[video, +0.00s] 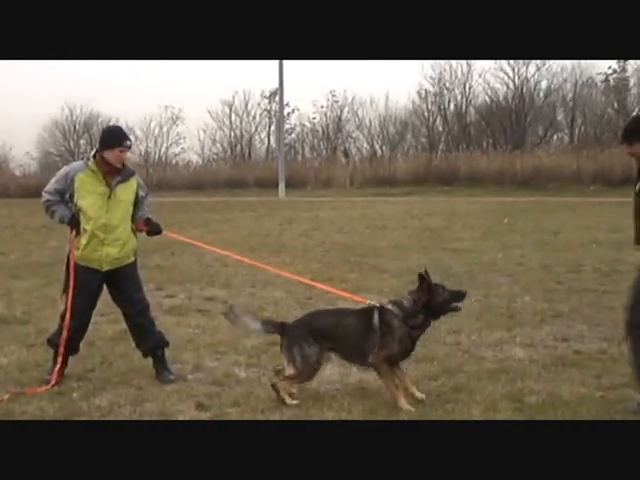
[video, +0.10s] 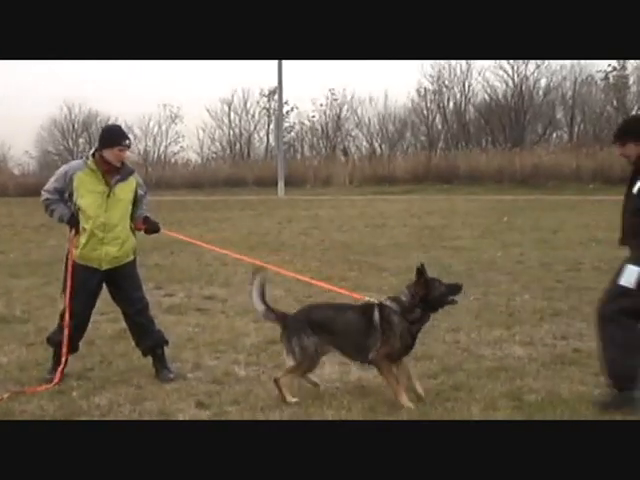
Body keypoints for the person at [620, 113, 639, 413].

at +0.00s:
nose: (630, 153)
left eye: (631, 146)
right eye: (629, 147)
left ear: (636, 145)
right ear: (630, 146)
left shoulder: (636, 184)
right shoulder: (635, 184)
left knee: (633, 323)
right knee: (632, 323)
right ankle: (634, 376)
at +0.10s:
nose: (621, 152)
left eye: (624, 146)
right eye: (620, 146)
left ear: (637, 144)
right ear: (630, 145)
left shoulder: (638, 176)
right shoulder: (635, 174)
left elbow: (635, 226)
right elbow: (633, 220)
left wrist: (634, 263)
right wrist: (632, 258)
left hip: (636, 259)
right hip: (633, 256)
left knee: (613, 311)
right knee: (613, 309)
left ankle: (626, 386)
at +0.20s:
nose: (607, 145)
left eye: (610, 138)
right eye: (606, 139)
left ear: (626, 136)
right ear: (623, 137)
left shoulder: (633, 165)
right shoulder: (628, 163)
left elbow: (631, 217)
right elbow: (626, 212)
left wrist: (621, 256)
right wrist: (620, 252)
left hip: (631, 252)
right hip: (628, 250)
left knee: (598, 305)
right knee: (601, 307)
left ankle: (573, 376)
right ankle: (574, 374)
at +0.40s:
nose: (554, 147)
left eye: (555, 140)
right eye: (552, 141)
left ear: (566, 137)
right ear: (584, 132)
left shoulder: (580, 156)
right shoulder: (615, 154)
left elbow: (584, 210)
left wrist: (569, 209)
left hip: (600, 253)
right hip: (628, 252)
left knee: (560, 307)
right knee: (632, 309)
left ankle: (539, 378)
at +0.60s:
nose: (529, 144)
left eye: (529, 138)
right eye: (527, 139)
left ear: (539, 132)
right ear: (556, 126)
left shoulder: (554, 144)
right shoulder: (594, 146)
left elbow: (525, 161)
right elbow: (616, 190)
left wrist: (481, 157)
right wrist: (613, 226)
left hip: (584, 239)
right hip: (613, 236)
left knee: (547, 300)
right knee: (608, 299)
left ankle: (532, 377)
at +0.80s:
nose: (533, 129)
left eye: (535, 122)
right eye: (532, 123)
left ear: (546, 119)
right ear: (562, 115)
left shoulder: (560, 137)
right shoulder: (589, 141)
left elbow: (572, 170)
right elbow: (602, 188)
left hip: (562, 234)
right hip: (594, 237)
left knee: (527, 294)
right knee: (597, 299)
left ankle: (519, 371)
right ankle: (626, 363)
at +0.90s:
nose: (534, 131)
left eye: (535, 124)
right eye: (532, 125)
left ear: (550, 120)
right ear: (553, 120)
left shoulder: (569, 144)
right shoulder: (574, 141)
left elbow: (589, 188)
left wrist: (595, 233)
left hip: (558, 233)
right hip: (575, 236)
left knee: (516, 288)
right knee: (590, 299)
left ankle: (505, 365)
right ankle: (620, 363)